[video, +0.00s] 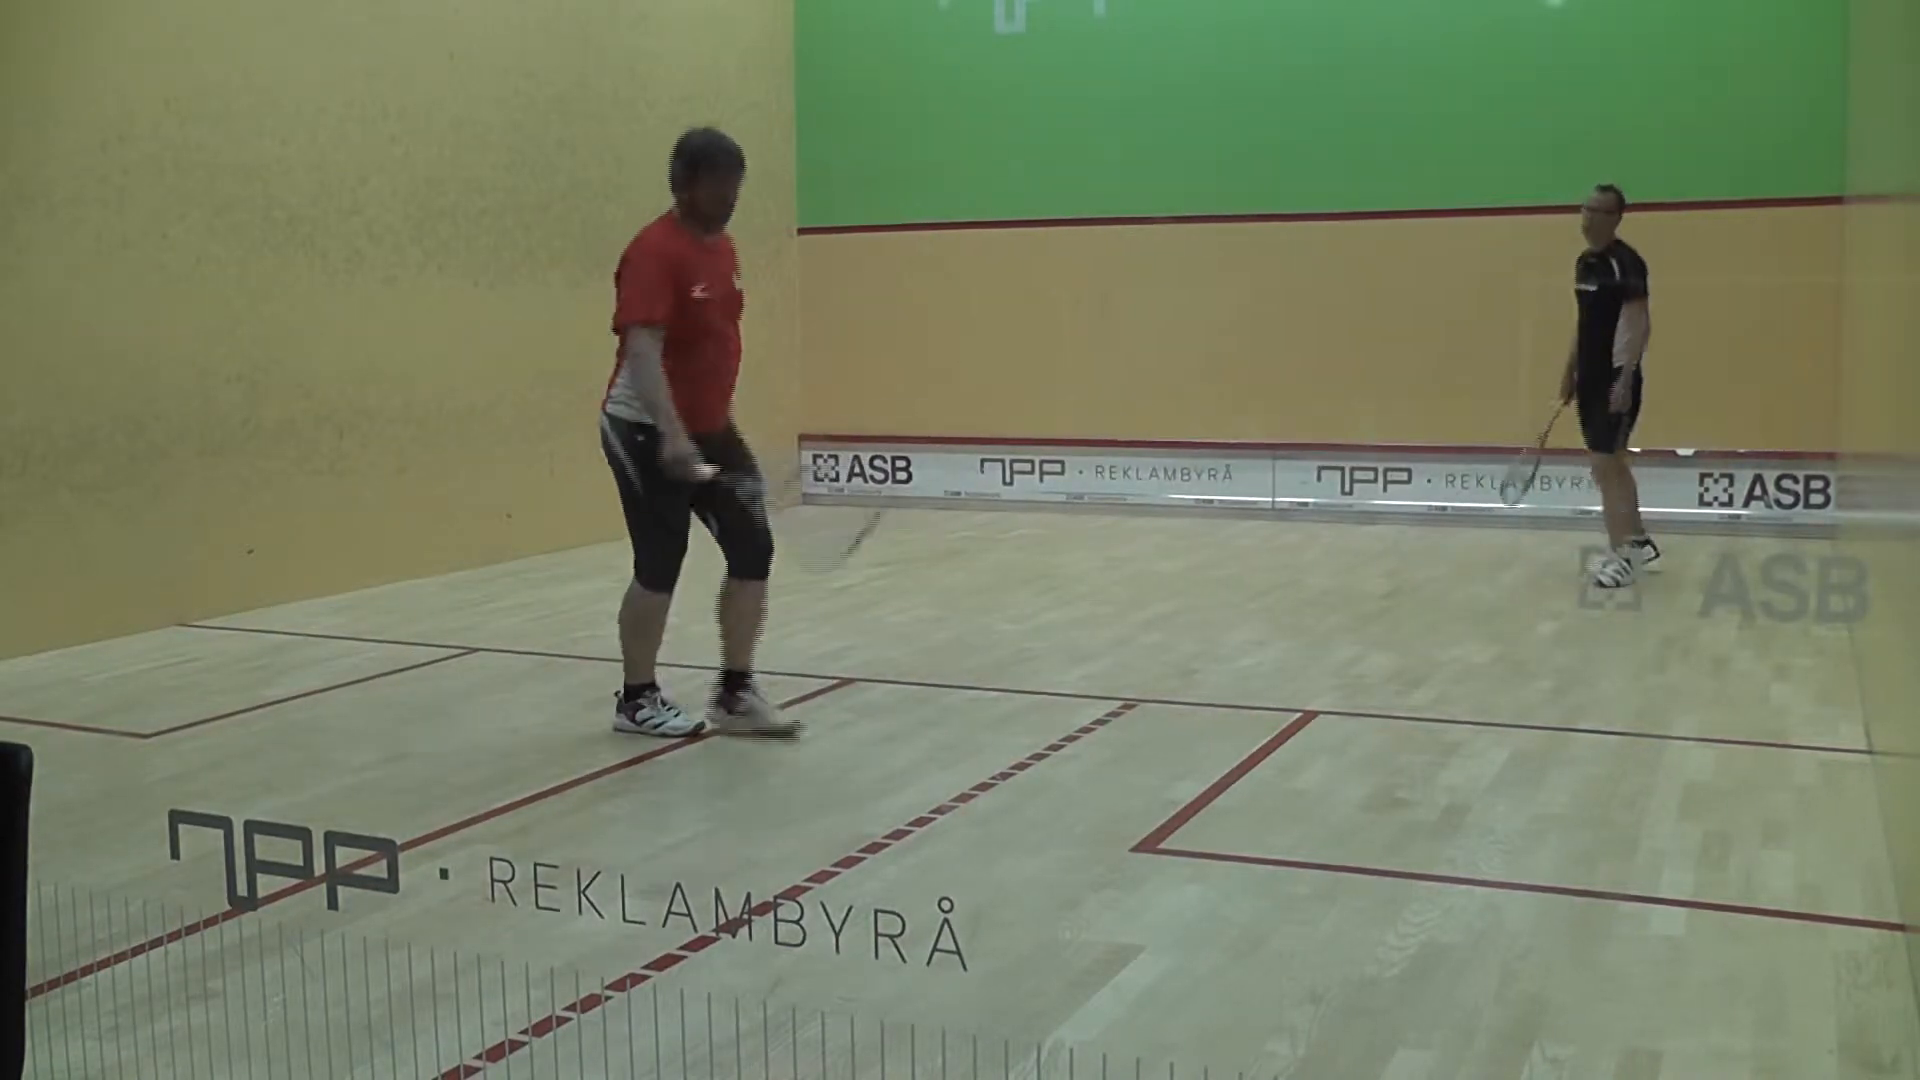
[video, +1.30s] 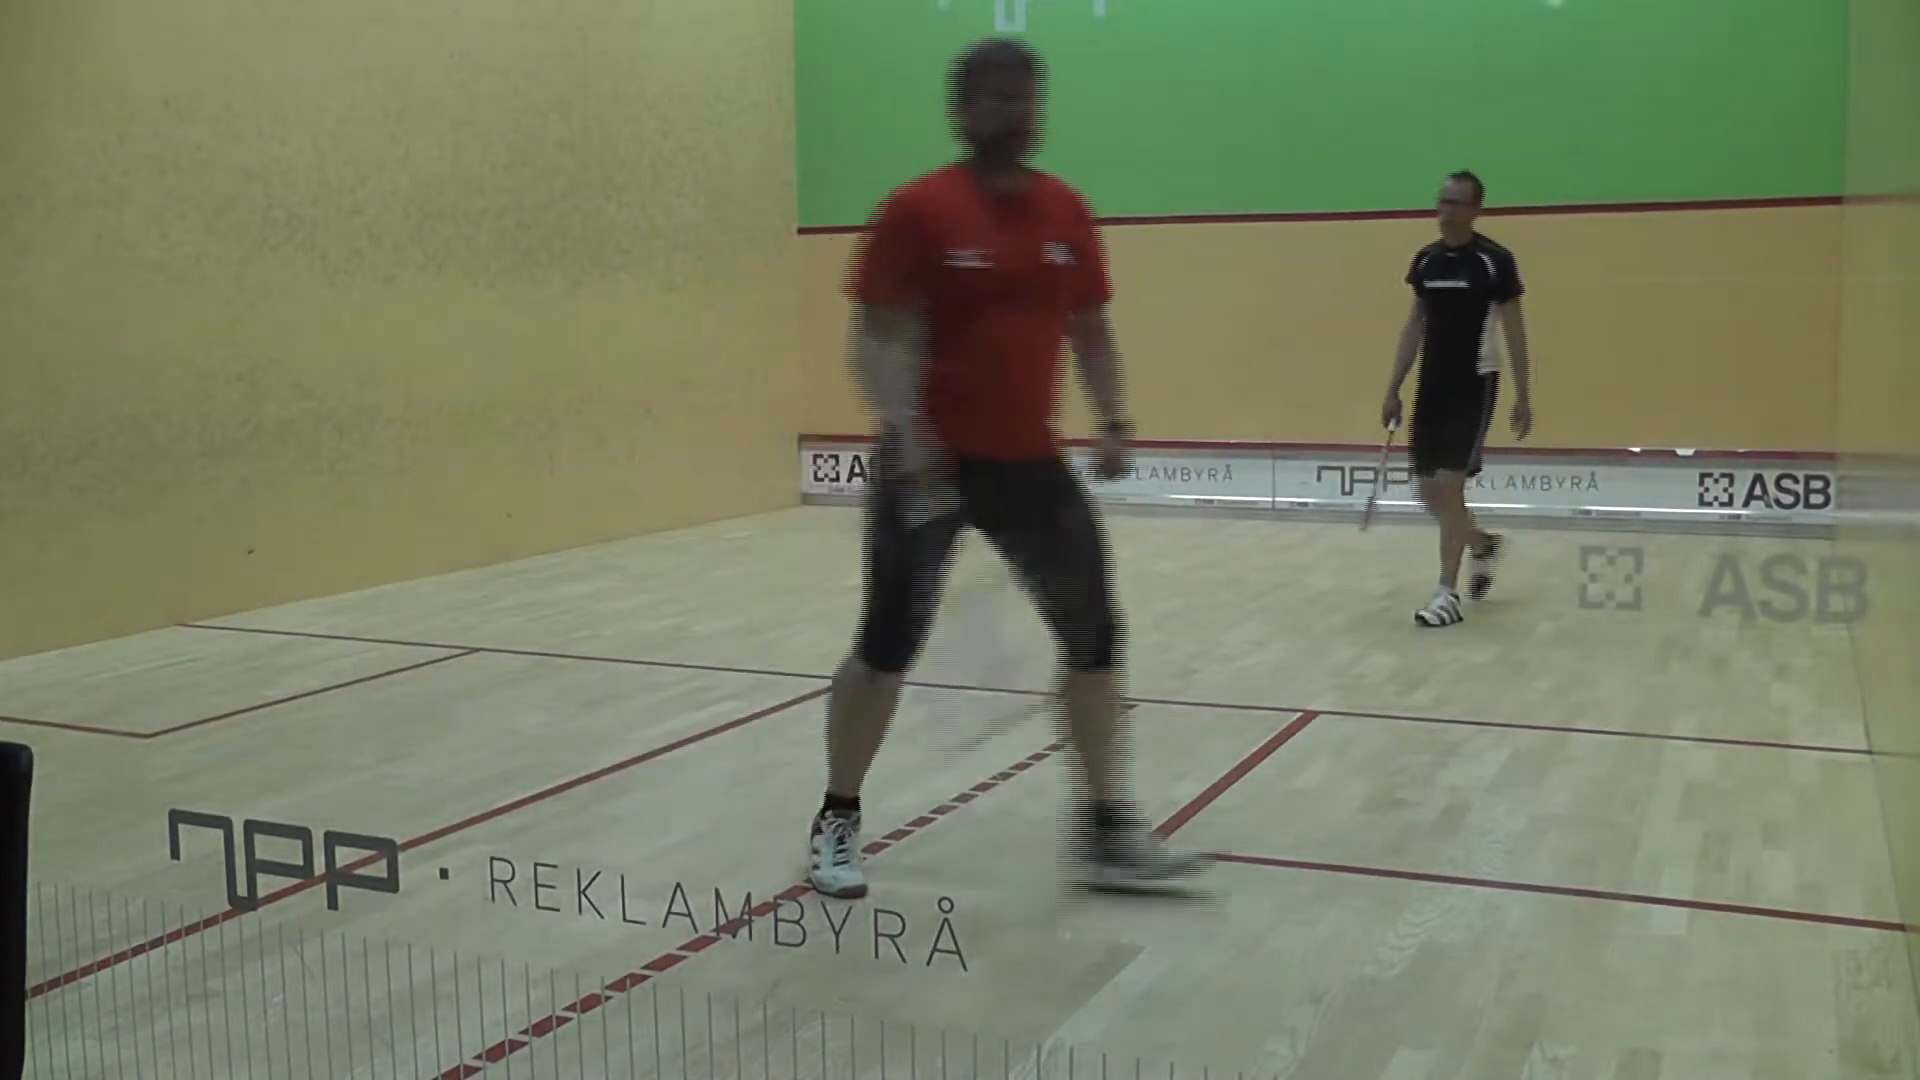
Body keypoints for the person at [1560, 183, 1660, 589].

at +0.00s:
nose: (1587, 218)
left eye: (1597, 212)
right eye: (1586, 210)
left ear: (1617, 218)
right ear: (1583, 213)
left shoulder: (1628, 263)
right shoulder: (1586, 262)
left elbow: (1637, 325)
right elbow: (1585, 323)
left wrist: (1625, 380)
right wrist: (1571, 371)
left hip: (1617, 377)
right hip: (1591, 375)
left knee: (1606, 466)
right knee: (1610, 463)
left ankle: (1623, 556)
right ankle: (1636, 539)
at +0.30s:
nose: (1576, 212)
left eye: (1586, 206)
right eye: (1573, 205)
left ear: (1606, 212)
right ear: (1568, 210)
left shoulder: (1623, 257)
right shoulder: (1565, 261)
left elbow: (1644, 319)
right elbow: (1566, 323)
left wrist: (1650, 382)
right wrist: (1551, 376)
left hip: (1610, 377)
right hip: (1570, 376)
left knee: (1605, 466)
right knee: (1544, 458)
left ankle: (1619, 557)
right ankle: (1583, 540)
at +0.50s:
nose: (1555, 217)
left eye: (1564, 211)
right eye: (1551, 210)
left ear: (1583, 216)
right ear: (1546, 214)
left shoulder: (1604, 261)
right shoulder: (1541, 267)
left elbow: (1628, 322)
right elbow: (1538, 327)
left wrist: (1638, 384)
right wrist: (1518, 382)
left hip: (1596, 380)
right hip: (1551, 380)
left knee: (1602, 469)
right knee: (1529, 463)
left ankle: (1619, 558)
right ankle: (1521, 562)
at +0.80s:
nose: (1509, 211)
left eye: (1518, 204)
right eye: (1504, 203)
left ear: (1534, 211)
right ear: (1496, 208)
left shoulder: (1555, 257)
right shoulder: (1488, 262)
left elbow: (1575, 321)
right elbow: (1478, 327)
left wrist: (1576, 381)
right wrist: (1460, 386)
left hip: (1541, 381)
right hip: (1497, 380)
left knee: (1540, 477)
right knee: (1494, 474)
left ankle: (1574, 551)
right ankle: (1510, 572)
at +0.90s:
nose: (1499, 207)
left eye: (1508, 200)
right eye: (1494, 198)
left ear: (1526, 206)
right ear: (1487, 203)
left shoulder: (1545, 254)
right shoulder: (1473, 260)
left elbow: (1564, 317)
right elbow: (1464, 322)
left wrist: (1567, 377)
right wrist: (1446, 380)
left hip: (1531, 375)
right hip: (1487, 375)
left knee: (1520, 469)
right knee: (1491, 472)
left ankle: (1540, 544)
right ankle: (1509, 570)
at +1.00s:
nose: (1485, 207)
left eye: (1495, 201)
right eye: (1480, 200)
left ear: (1512, 207)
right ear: (1473, 205)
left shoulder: (1531, 257)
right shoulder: (1460, 258)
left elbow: (1550, 320)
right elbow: (1445, 320)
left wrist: (1555, 383)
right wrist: (1425, 381)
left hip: (1514, 372)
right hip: (1471, 372)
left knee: (1496, 472)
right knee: (1485, 474)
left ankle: (1504, 573)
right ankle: (1508, 567)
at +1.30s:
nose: (1446, 210)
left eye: (1456, 204)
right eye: (1442, 201)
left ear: (1476, 210)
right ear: (1436, 205)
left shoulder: (1496, 261)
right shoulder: (1426, 261)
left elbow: (1515, 332)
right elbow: (1414, 327)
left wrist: (1522, 396)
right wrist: (1393, 389)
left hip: (1474, 383)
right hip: (1433, 381)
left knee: (1448, 486)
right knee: (1428, 491)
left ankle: (1447, 593)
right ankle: (1482, 544)